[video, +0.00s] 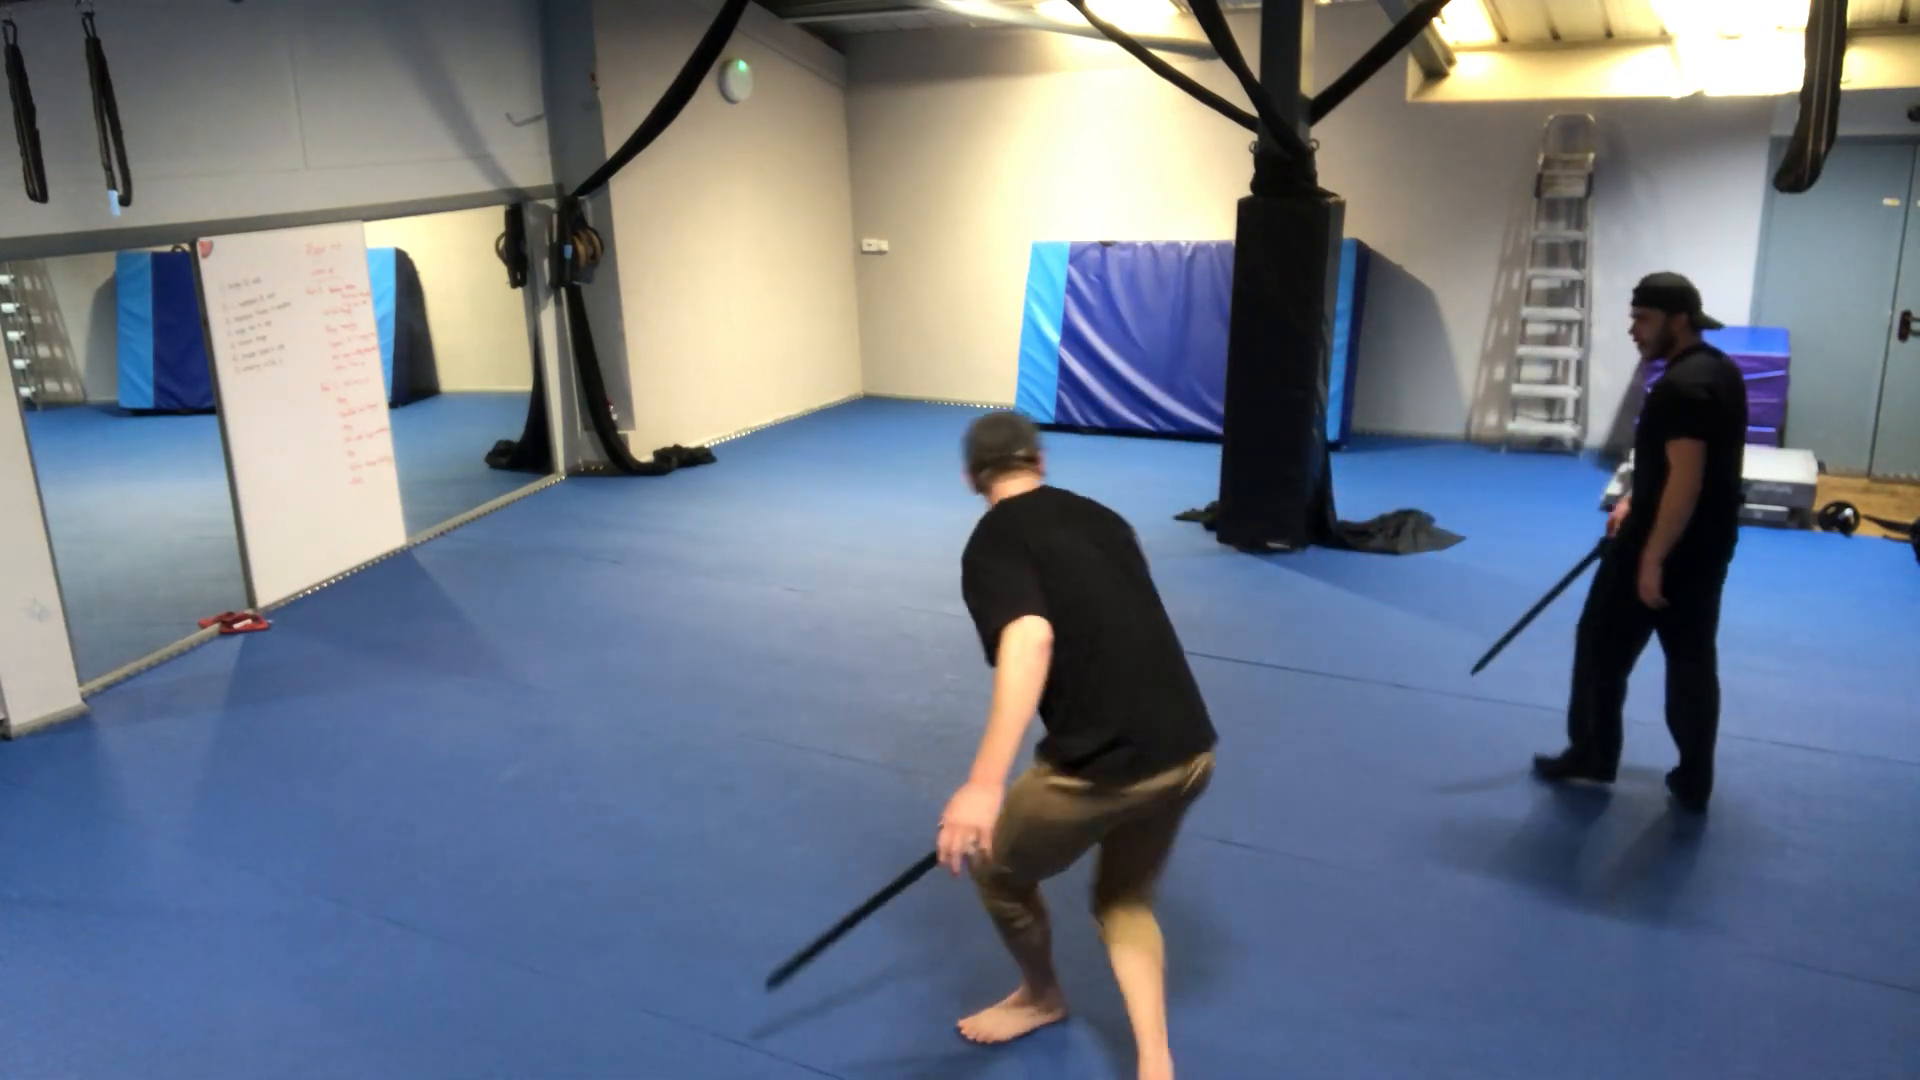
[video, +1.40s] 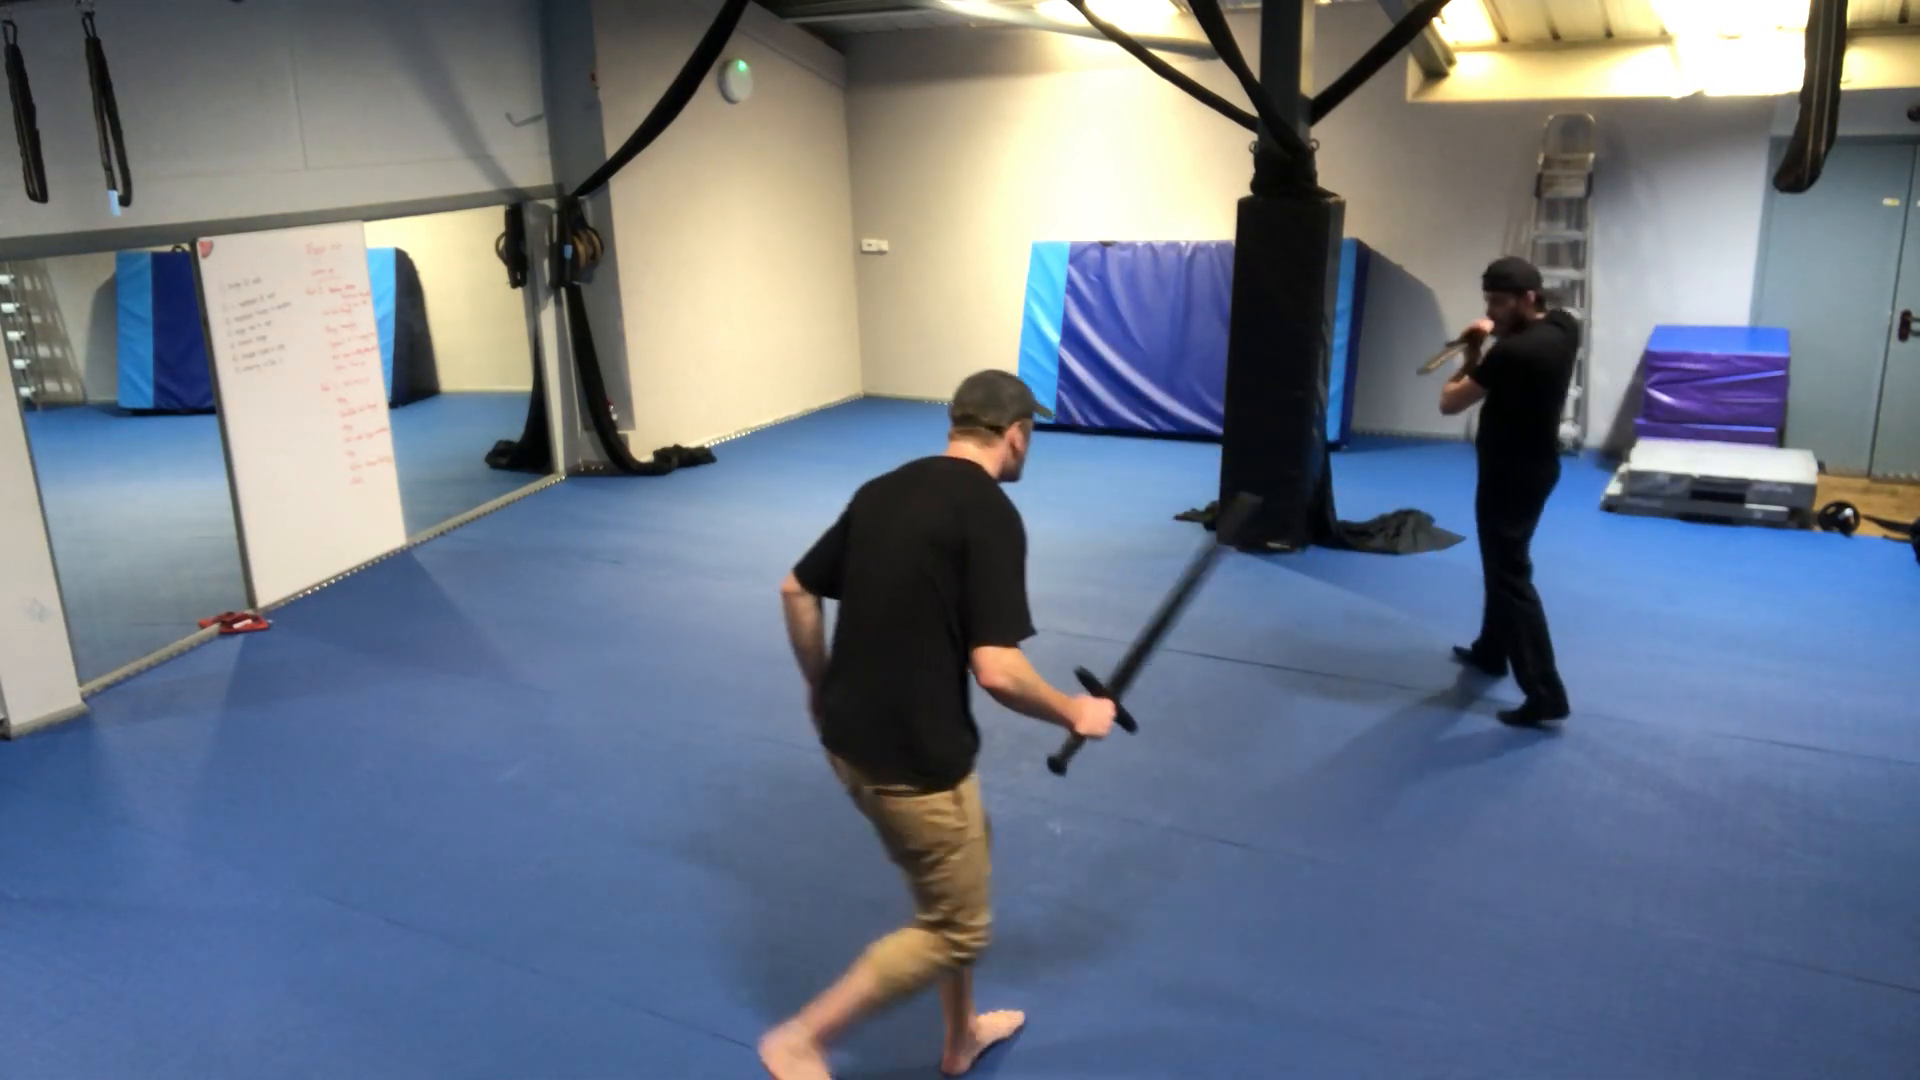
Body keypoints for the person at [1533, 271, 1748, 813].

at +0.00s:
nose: (1632, 329)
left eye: (1641, 319)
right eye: (1633, 318)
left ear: (1679, 320)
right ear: (1681, 322)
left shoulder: (1681, 385)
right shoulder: (1720, 372)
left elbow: (1684, 483)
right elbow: (1682, 461)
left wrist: (1652, 556)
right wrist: (1636, 499)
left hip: (1655, 540)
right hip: (1703, 542)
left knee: (1600, 643)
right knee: (1692, 665)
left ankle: (1592, 757)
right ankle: (1694, 781)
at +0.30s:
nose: (1611, 334)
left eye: (1618, 324)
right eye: (1611, 324)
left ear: (1654, 323)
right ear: (1661, 324)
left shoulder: (1647, 386)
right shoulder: (1706, 370)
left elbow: (1618, 481)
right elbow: (1668, 442)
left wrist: (1579, 521)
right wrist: (1603, 467)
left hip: (1636, 539)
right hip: (1693, 541)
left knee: (1598, 630)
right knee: (1690, 663)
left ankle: (1562, 712)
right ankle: (1688, 782)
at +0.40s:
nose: (1596, 335)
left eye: (1602, 325)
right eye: (1595, 325)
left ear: (1636, 323)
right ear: (1644, 323)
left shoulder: (1627, 389)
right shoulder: (1692, 367)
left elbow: (1587, 471)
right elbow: (1653, 436)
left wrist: (1562, 497)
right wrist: (1587, 444)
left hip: (1618, 536)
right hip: (1675, 536)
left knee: (1588, 628)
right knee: (1682, 655)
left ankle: (1558, 711)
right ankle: (1688, 779)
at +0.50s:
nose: (1578, 332)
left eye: (1585, 322)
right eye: (1578, 321)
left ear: (1617, 321)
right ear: (1628, 320)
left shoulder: (1607, 384)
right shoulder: (1674, 359)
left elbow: (1553, 471)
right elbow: (1628, 413)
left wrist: (1552, 438)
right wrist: (1569, 411)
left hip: (1596, 526)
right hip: (1655, 525)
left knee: (1574, 623)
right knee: (1665, 637)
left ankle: (1557, 711)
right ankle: (1685, 767)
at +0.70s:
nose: (1547, 323)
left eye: (1552, 314)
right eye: (1546, 314)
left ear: (1585, 313)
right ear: (1596, 313)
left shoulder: (1569, 374)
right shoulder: (1640, 345)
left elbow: (1515, 438)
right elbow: (1591, 358)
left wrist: (1524, 394)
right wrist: (1539, 362)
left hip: (1567, 499)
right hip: (1622, 495)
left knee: (1550, 606)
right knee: (1610, 590)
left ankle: (1553, 711)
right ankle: (1643, 703)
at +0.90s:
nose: (1524, 321)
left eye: (1530, 311)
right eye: (1523, 310)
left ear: (1561, 310)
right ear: (1570, 310)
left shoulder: (1545, 368)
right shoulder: (1613, 339)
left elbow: (1479, 423)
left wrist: (1501, 374)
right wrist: (1527, 353)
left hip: (1546, 498)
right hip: (1594, 493)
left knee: (1537, 599)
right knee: (1573, 581)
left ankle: (1549, 709)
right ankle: (1569, 678)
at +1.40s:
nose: (1491, 310)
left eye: (1498, 302)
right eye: (1488, 301)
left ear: (1528, 299)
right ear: (1535, 299)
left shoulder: (1510, 351)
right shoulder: (1563, 328)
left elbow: (1451, 402)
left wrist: (1471, 357)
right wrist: (1491, 335)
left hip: (1505, 473)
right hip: (1538, 466)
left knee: (1510, 577)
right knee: (1502, 564)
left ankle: (1546, 697)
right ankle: (1492, 650)